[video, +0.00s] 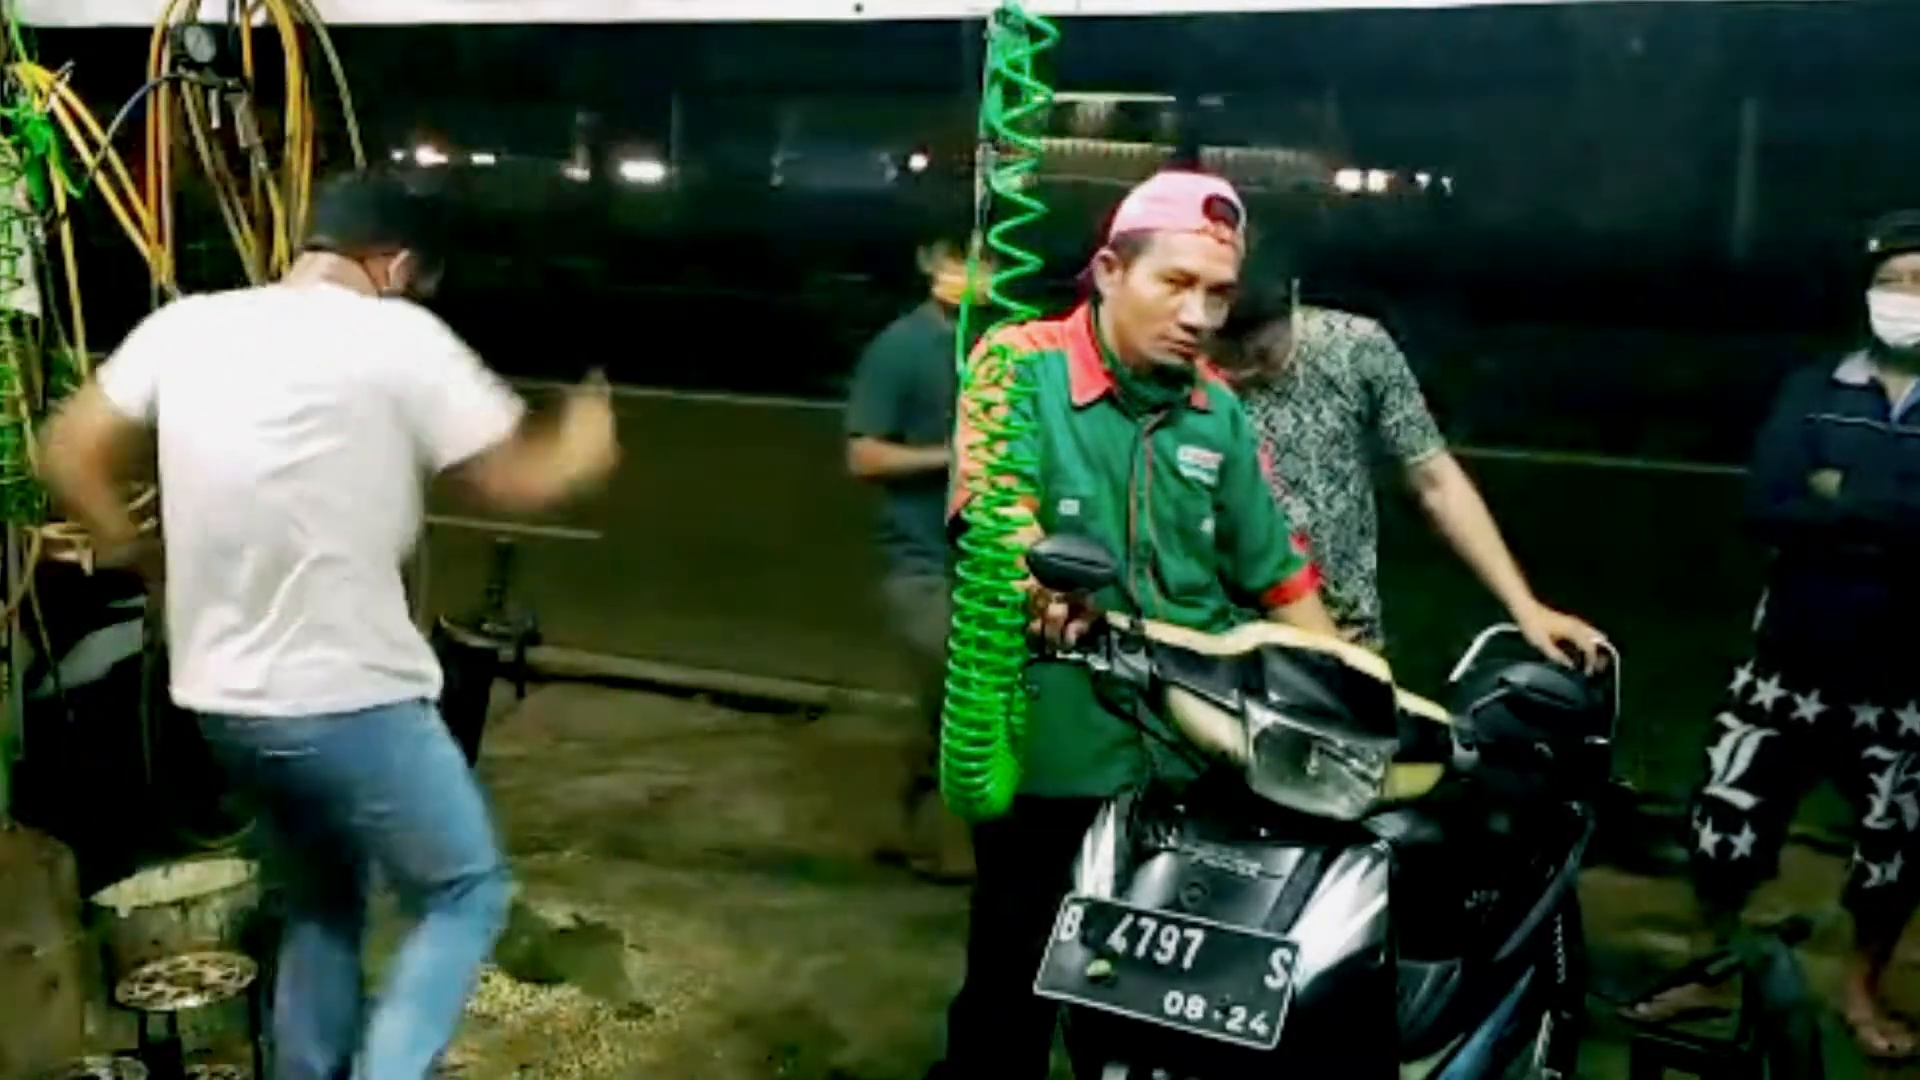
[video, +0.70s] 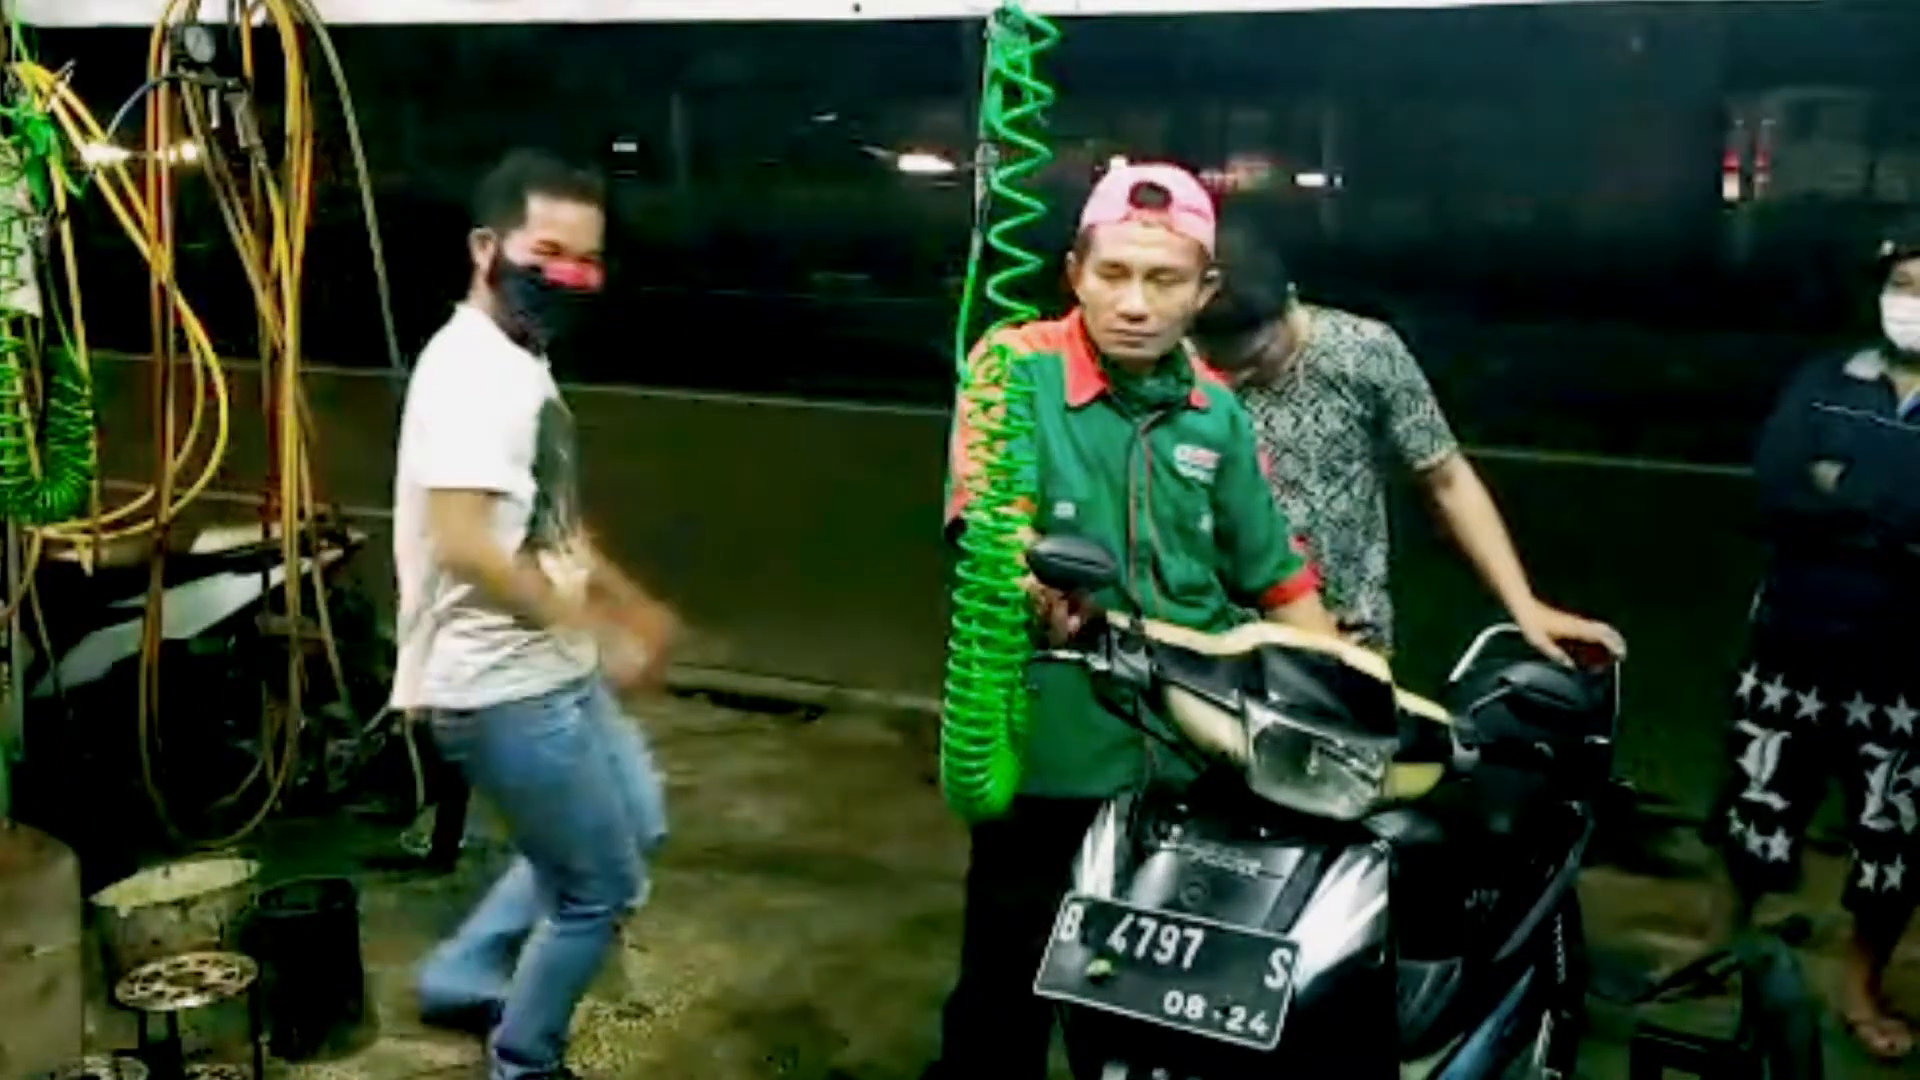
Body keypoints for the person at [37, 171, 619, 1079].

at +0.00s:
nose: (414, 292)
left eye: (415, 278)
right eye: (415, 276)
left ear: (304, 249)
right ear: (390, 261)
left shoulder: (184, 326)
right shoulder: (400, 337)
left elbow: (67, 447)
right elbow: (514, 484)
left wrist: (135, 546)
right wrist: (580, 442)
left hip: (220, 698)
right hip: (351, 698)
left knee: (317, 905)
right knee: (465, 889)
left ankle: (305, 1069)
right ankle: (385, 1067)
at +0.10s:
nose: (415, 304)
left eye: (419, 289)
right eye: (419, 287)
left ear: (317, 255)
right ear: (397, 274)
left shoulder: (215, 359)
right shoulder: (387, 355)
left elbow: (197, 514)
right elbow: (419, 539)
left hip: (246, 700)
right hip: (359, 697)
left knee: (345, 889)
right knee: (515, 846)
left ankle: (311, 1069)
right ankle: (436, 1062)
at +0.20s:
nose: (435, 296)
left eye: (442, 280)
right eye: (439, 277)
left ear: (333, 251)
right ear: (408, 261)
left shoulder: (266, 351)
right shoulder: (375, 341)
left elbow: (409, 482)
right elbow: (340, 511)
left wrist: (540, 431)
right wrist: (375, 689)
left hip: (285, 696)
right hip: (391, 693)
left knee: (359, 891)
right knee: (528, 845)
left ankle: (314, 1070)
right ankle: (486, 1061)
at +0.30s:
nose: (476, 287)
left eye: (483, 269)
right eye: (470, 265)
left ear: (396, 248)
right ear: (418, 245)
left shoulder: (360, 332)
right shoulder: (366, 327)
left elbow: (487, 403)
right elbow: (282, 468)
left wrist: (588, 332)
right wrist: (310, 647)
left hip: (348, 686)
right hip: (419, 684)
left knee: (371, 886)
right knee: (515, 877)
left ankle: (319, 1069)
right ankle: (509, 1063)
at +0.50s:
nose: (524, 268)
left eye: (537, 249)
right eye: (505, 243)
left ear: (546, 238)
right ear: (435, 228)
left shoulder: (467, 314)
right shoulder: (406, 308)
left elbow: (566, 354)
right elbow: (295, 429)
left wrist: (630, 353)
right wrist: (352, 598)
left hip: (431, 670)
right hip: (471, 670)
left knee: (432, 860)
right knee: (545, 881)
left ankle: (344, 1061)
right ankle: (518, 1061)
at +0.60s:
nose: (553, 271)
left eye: (566, 251)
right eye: (532, 246)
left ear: (576, 244)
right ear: (463, 235)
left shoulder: (503, 330)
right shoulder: (439, 337)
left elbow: (566, 431)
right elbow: (375, 507)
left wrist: (655, 490)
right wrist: (434, 663)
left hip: (523, 659)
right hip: (492, 672)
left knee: (507, 856)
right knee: (578, 881)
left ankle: (369, 1042)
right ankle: (522, 1060)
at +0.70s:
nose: (571, 280)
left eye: (586, 261)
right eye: (550, 255)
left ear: (599, 264)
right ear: (487, 250)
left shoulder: (516, 362)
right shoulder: (472, 367)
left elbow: (551, 530)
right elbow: (461, 541)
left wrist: (632, 610)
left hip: (545, 668)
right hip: (491, 687)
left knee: (633, 821)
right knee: (596, 887)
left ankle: (466, 975)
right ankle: (526, 1058)